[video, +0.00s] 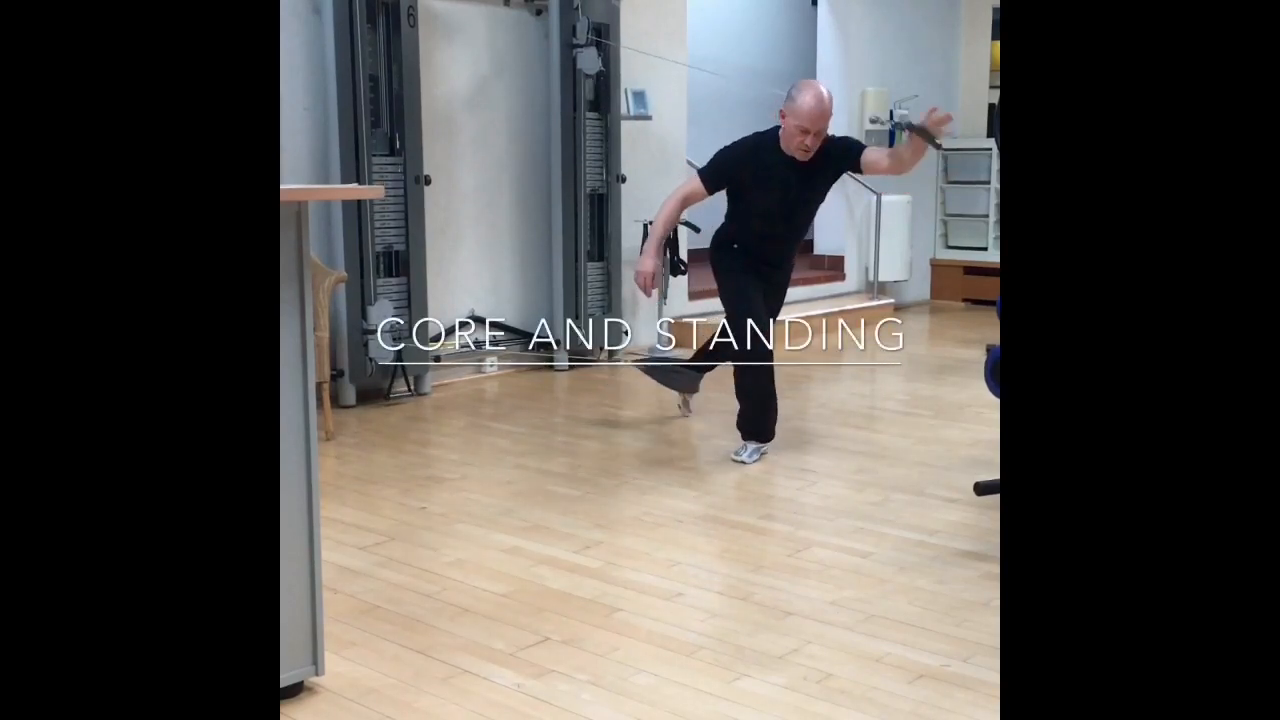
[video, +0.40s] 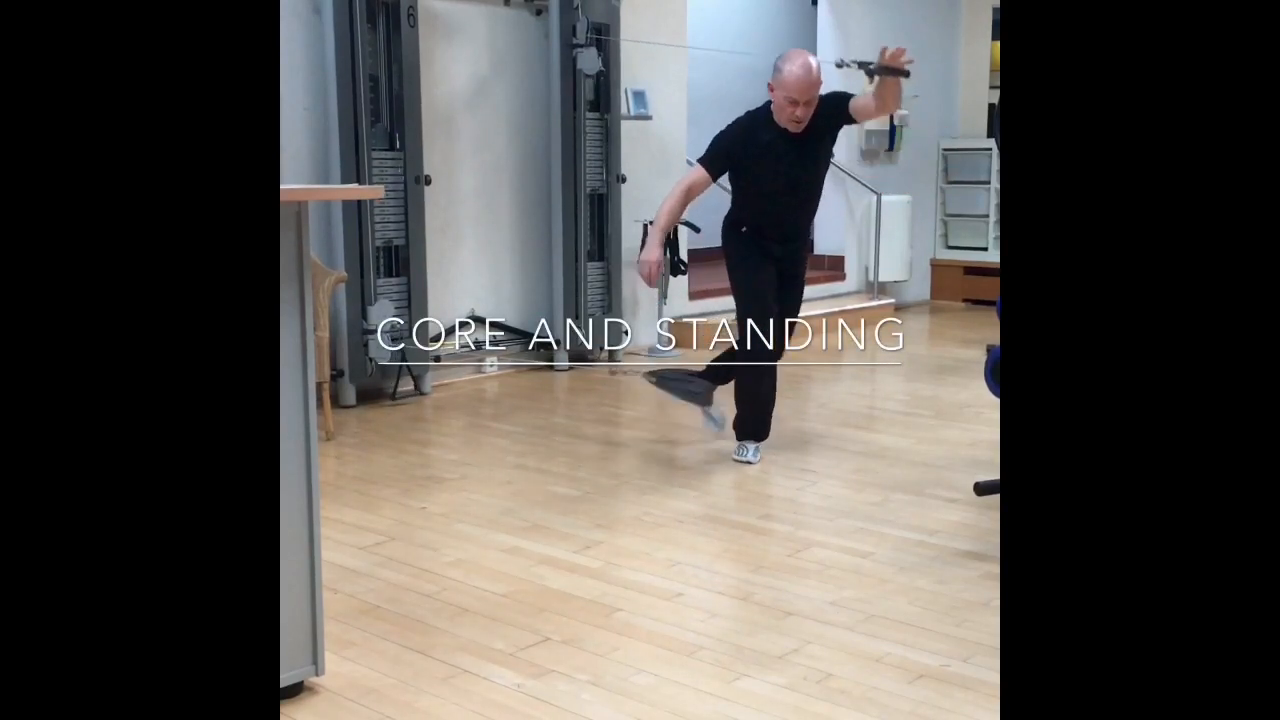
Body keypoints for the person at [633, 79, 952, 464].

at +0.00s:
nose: (810, 142)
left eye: (819, 134)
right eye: (802, 131)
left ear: (829, 125)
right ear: (783, 117)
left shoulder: (836, 153)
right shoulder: (746, 153)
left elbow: (897, 161)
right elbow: (679, 199)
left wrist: (923, 135)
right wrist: (650, 254)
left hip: (778, 262)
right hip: (733, 253)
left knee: (746, 331)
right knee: (755, 335)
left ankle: (690, 372)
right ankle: (756, 436)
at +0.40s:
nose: (800, 112)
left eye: (809, 102)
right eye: (791, 102)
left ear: (819, 91)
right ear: (772, 91)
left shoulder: (830, 111)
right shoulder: (744, 133)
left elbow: (883, 105)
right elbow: (687, 188)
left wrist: (890, 74)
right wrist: (653, 241)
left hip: (794, 244)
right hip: (747, 241)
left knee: (775, 338)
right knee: (761, 333)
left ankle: (704, 382)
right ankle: (749, 437)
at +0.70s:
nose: (795, 96)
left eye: (803, 85)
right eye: (786, 86)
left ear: (812, 76)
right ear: (763, 76)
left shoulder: (818, 95)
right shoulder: (737, 120)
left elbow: (873, 90)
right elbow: (687, 180)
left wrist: (885, 69)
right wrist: (674, 236)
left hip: (798, 232)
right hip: (748, 236)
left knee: (826, 317)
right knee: (756, 338)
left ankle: (757, 348)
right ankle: (747, 436)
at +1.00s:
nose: (789, 81)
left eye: (796, 70)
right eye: (779, 72)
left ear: (804, 63)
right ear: (756, 64)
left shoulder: (814, 88)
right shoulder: (727, 111)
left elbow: (870, 88)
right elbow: (675, 169)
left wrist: (886, 71)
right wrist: (654, 227)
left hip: (803, 218)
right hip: (754, 230)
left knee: (861, 263)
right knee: (756, 334)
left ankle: (815, 333)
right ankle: (747, 435)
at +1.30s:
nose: (788, 72)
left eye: (795, 62)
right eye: (778, 62)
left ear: (802, 57)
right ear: (755, 56)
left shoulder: (809, 89)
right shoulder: (719, 106)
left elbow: (870, 91)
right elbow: (665, 155)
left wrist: (887, 65)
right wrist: (624, 210)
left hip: (803, 213)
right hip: (753, 231)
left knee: (874, 218)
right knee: (759, 333)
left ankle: (876, 322)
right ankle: (748, 435)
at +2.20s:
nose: (779, 63)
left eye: (782, 53)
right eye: (769, 54)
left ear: (785, 49)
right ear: (741, 52)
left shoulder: (791, 82)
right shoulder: (717, 107)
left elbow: (852, 58)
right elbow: (684, 166)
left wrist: (877, 18)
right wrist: (695, 213)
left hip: (799, 213)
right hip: (751, 232)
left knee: (876, 210)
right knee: (754, 332)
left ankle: (882, 319)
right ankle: (746, 433)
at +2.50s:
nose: (802, 65)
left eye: (803, 56)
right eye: (794, 57)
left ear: (771, 55)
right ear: (761, 54)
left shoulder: (788, 82)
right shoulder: (731, 104)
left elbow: (839, 61)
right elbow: (715, 170)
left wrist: (875, 36)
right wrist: (755, 215)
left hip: (791, 213)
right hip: (748, 227)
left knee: (877, 216)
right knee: (758, 328)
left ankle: (856, 314)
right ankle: (745, 433)